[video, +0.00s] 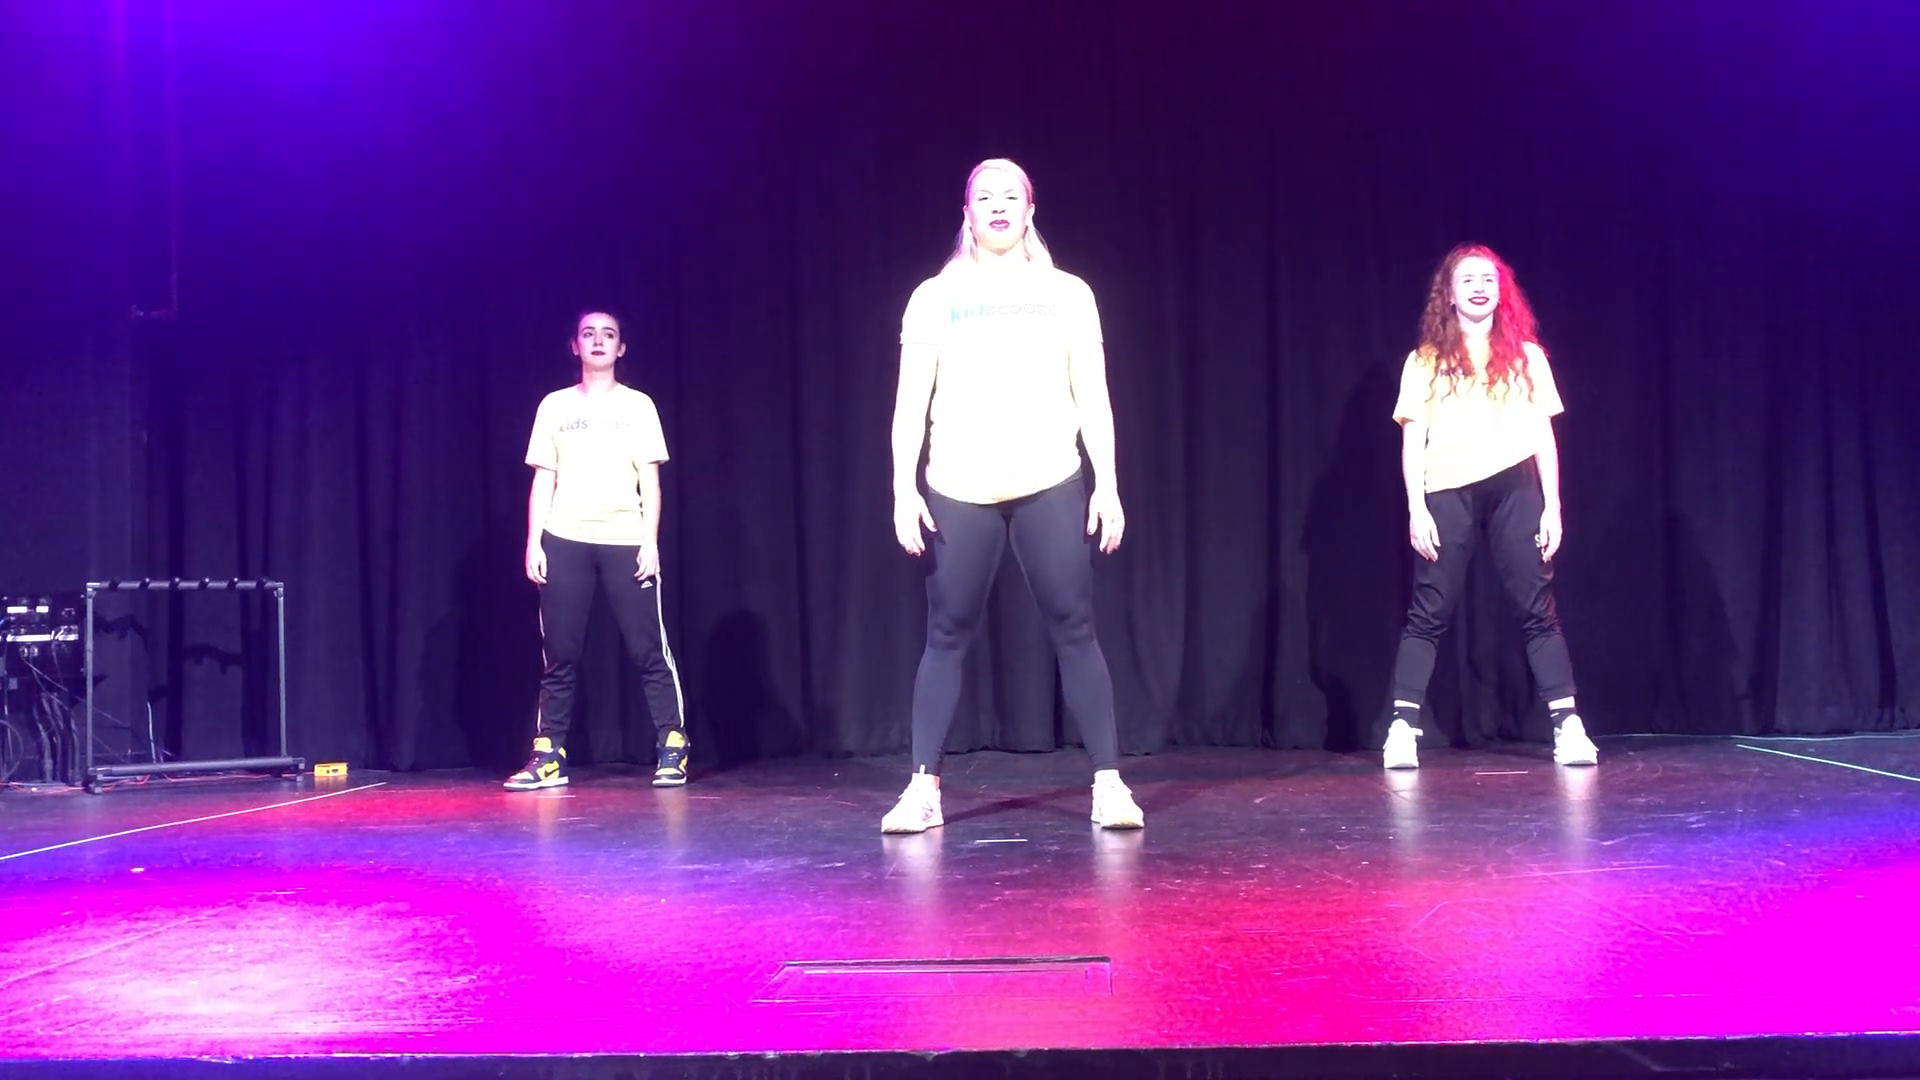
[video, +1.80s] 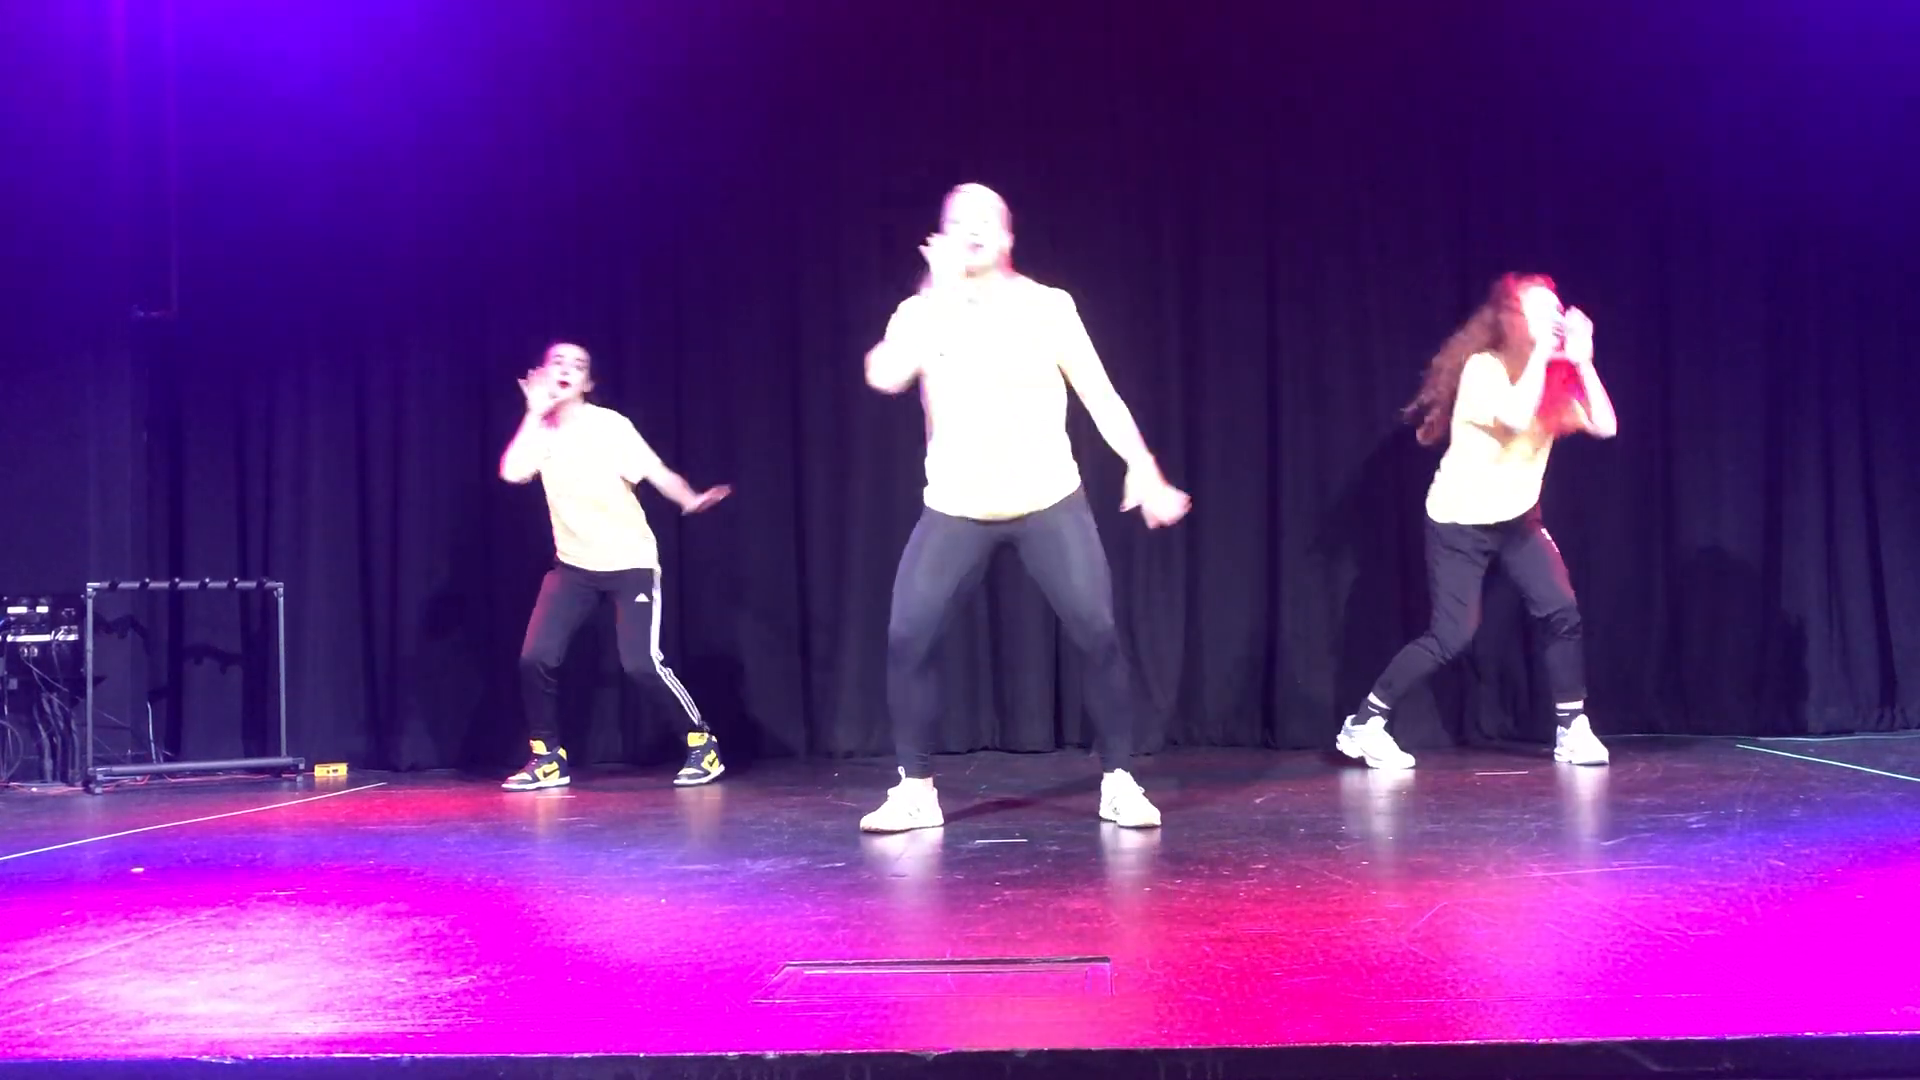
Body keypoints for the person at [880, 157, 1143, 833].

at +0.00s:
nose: (999, 209)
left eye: (1010, 199)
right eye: (987, 199)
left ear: (1030, 209)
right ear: (967, 210)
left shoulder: (1070, 294)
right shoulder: (932, 299)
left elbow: (1092, 394)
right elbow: (911, 402)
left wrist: (1106, 483)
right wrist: (904, 488)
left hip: (1050, 482)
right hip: (961, 486)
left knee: (1074, 624)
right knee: (947, 629)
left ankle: (1108, 780)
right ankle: (924, 783)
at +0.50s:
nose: (971, 200)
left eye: (986, 188)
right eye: (965, 192)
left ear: (1024, 200)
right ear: (959, 210)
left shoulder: (1071, 287)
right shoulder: (939, 292)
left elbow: (1093, 391)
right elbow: (882, 382)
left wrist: (1108, 482)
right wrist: (820, 457)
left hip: (1049, 477)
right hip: (961, 482)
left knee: (1074, 623)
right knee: (947, 627)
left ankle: (1106, 779)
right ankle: (924, 784)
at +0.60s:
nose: (950, 197)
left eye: (966, 186)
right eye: (949, 188)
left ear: (1009, 197)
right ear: (948, 204)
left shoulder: (1062, 276)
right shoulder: (933, 288)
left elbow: (1088, 382)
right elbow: (849, 350)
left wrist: (1105, 475)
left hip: (1044, 475)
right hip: (957, 482)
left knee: (1073, 621)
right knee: (948, 626)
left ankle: (1110, 779)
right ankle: (924, 783)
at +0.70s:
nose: (929, 195)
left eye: (946, 183)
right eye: (930, 186)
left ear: (987, 198)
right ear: (934, 206)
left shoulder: (1041, 274)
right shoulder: (918, 286)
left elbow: (1072, 378)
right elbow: (833, 331)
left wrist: (1093, 471)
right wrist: (812, 246)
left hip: (1032, 472)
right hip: (949, 482)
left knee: (1071, 618)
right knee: (940, 626)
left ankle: (1120, 771)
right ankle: (921, 783)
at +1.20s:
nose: (848, 259)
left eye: (861, 247)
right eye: (850, 248)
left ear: (903, 255)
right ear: (876, 260)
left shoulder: (956, 317)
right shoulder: (881, 340)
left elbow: (1002, 409)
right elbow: (813, 394)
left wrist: (1027, 503)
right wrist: (833, 315)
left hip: (1017, 490)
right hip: (952, 506)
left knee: (1049, 634)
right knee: (911, 629)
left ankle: (1144, 768)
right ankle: (917, 788)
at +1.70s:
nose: (911, 219)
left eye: (927, 208)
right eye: (908, 211)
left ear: (969, 218)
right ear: (905, 226)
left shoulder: (1025, 284)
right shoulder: (905, 300)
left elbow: (1088, 369)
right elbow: (845, 368)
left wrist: (1114, 451)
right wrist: (894, 287)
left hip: (1035, 480)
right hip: (950, 489)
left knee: (1084, 619)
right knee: (921, 626)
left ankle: (1127, 774)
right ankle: (917, 787)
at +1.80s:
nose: (975, 236)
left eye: (987, 226)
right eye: (962, 227)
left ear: (1008, 236)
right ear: (942, 238)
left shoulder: (1049, 308)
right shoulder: (924, 310)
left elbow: (1100, 396)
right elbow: (884, 376)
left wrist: (1144, 472)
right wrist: (940, 290)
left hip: (1048, 500)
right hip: (956, 504)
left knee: (1096, 630)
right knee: (907, 633)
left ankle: (1119, 780)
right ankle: (915, 788)